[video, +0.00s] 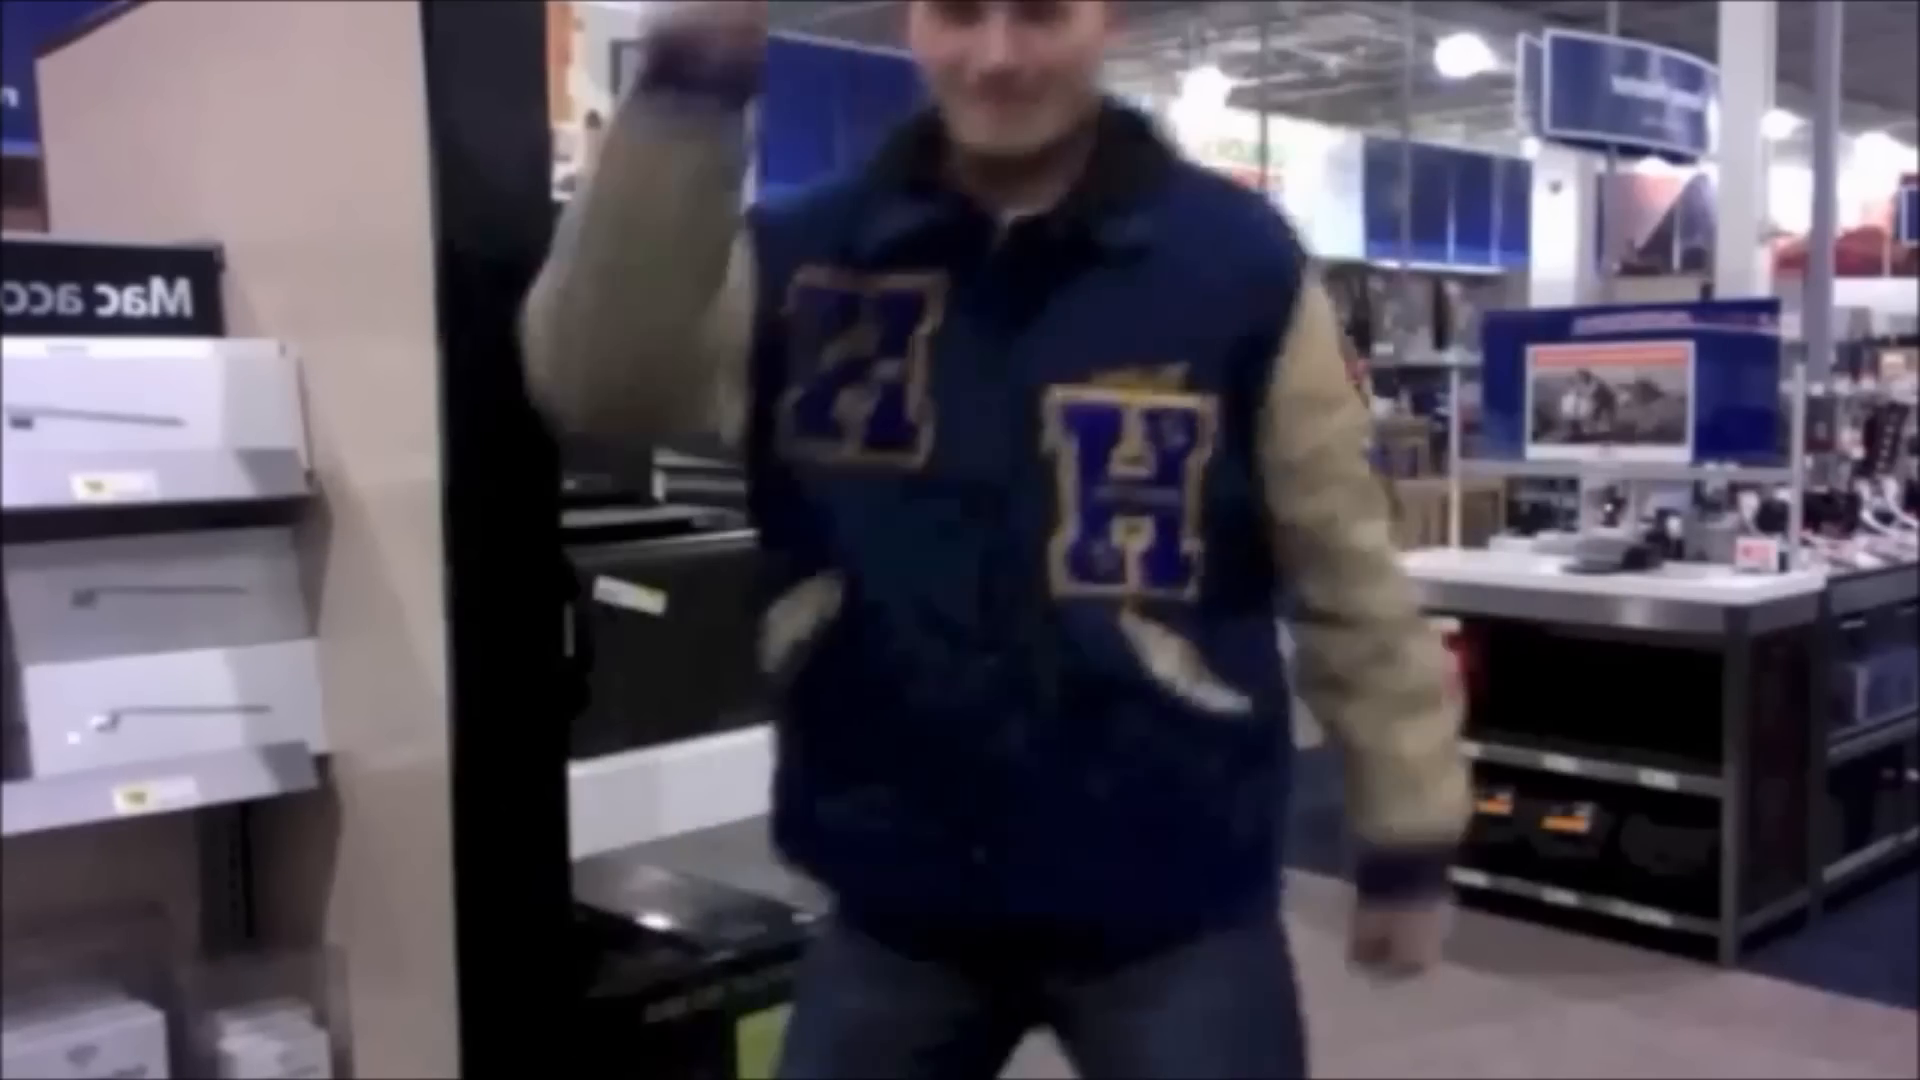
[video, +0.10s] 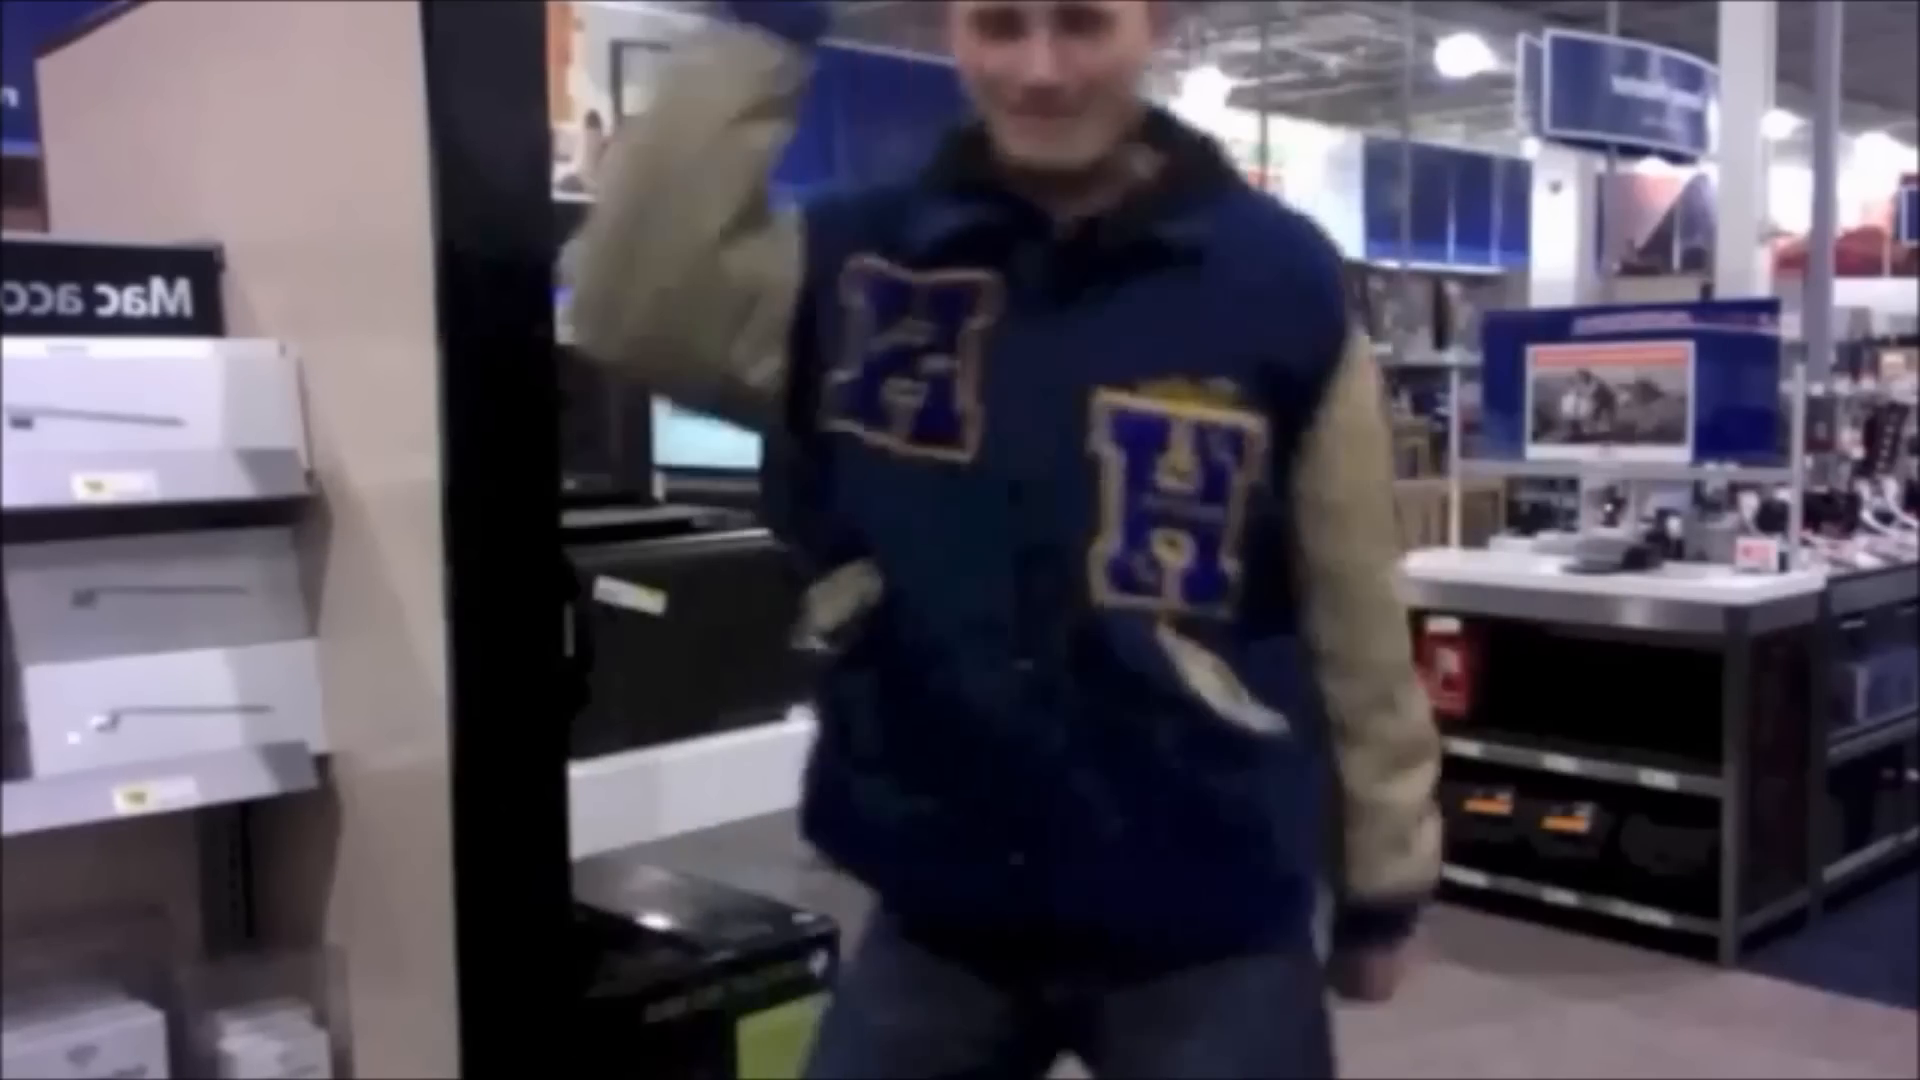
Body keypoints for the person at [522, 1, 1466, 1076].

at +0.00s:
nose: (998, 52)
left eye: (1042, 15)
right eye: (959, 13)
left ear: (1108, 29)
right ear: (912, 31)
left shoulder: (1231, 263)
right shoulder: (807, 256)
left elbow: (1351, 567)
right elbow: (597, 388)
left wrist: (1407, 837)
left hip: (1167, 899)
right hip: (897, 896)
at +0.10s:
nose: (1041, 67)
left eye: (1082, 26)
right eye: (1002, 29)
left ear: (1151, 32)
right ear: (956, 39)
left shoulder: (1272, 276)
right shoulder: (859, 264)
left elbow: (1357, 600)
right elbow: (631, 305)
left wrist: (1382, 883)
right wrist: (766, 42)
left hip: (1205, 919)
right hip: (944, 907)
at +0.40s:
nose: (1144, 79)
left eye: (1189, 33)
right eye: (1106, 37)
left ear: (1272, 43)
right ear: (1062, 55)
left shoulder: (1387, 300)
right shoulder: (949, 270)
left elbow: (1466, 622)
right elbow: (714, 297)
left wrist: (1452, 913)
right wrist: (895, 47)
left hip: (1253, 923)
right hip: (990, 906)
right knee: (880, 1064)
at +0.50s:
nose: (1140, 41)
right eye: (1101, 2)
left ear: (1269, 20)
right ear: (1058, 25)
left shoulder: (1378, 273)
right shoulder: (944, 232)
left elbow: (1459, 603)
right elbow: (711, 286)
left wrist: (1448, 898)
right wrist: (893, 36)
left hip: (1244, 901)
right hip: (984, 882)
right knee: (870, 1063)